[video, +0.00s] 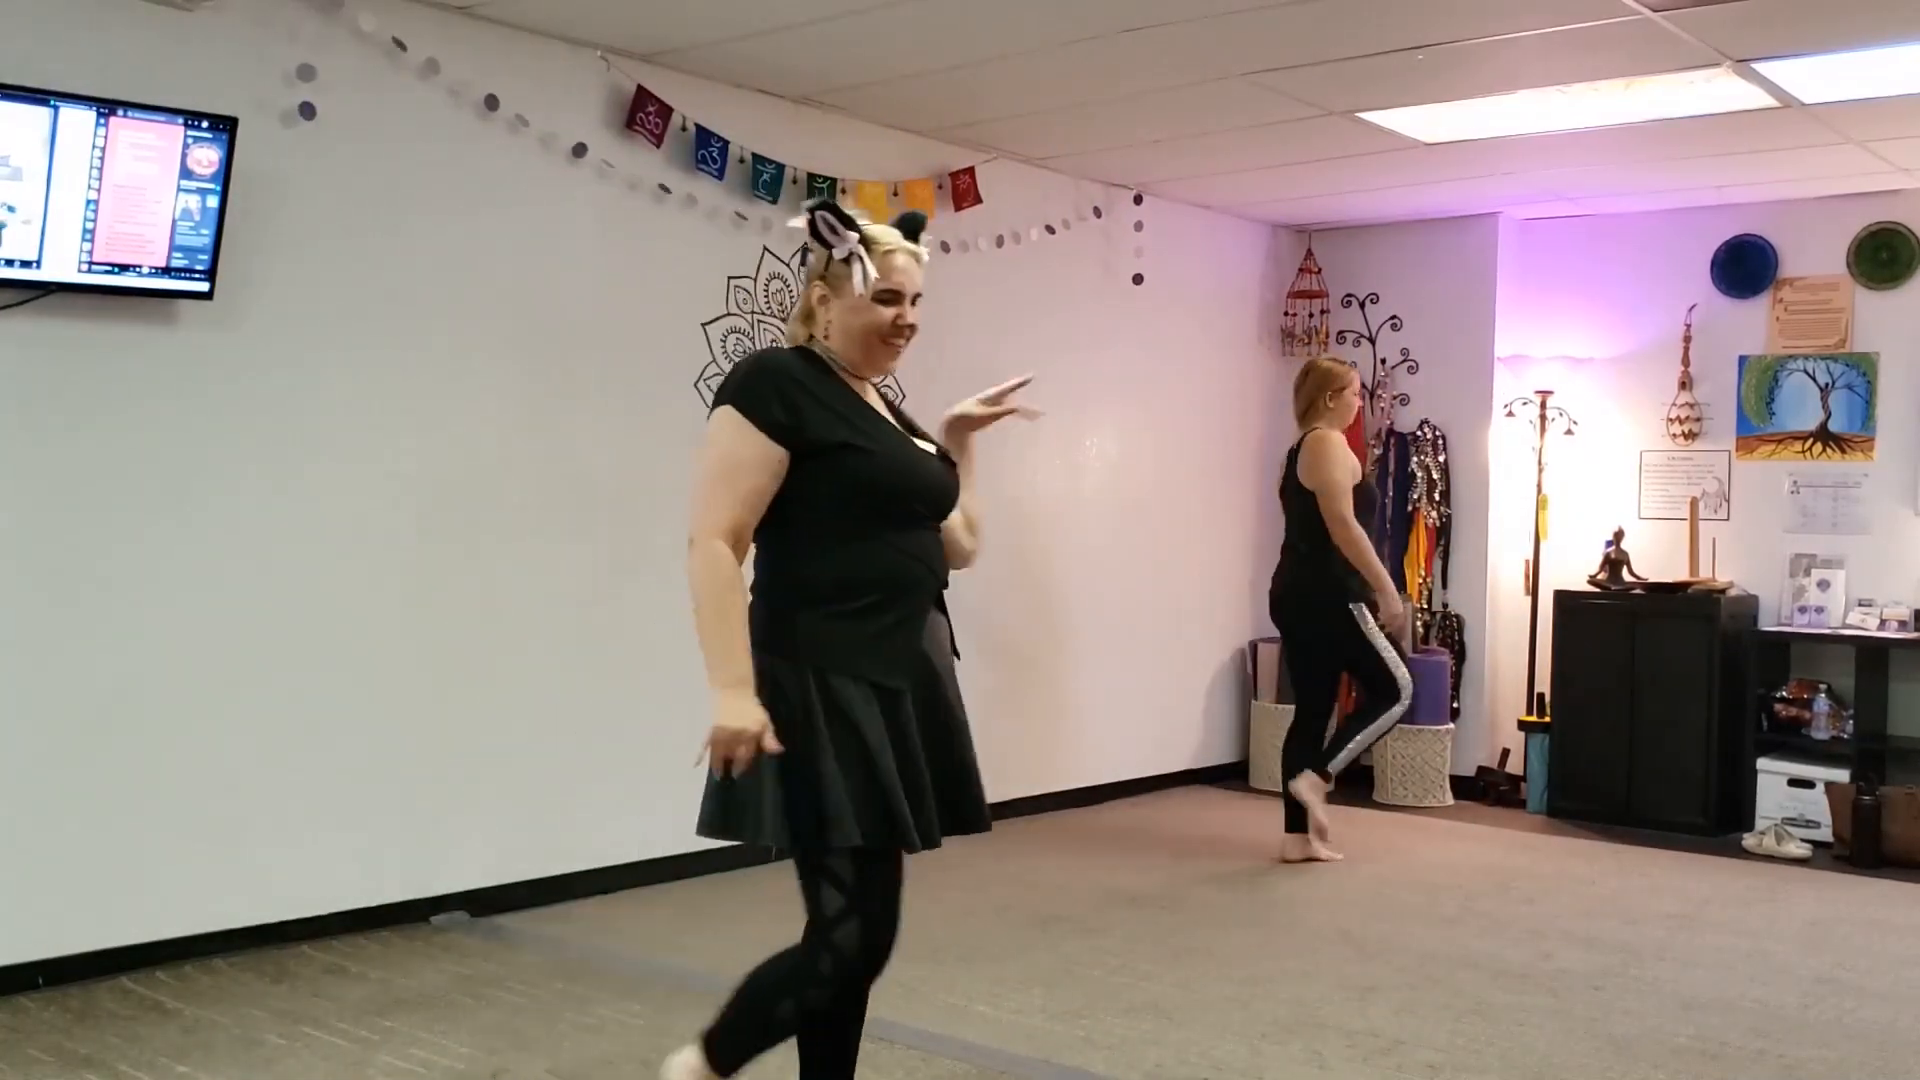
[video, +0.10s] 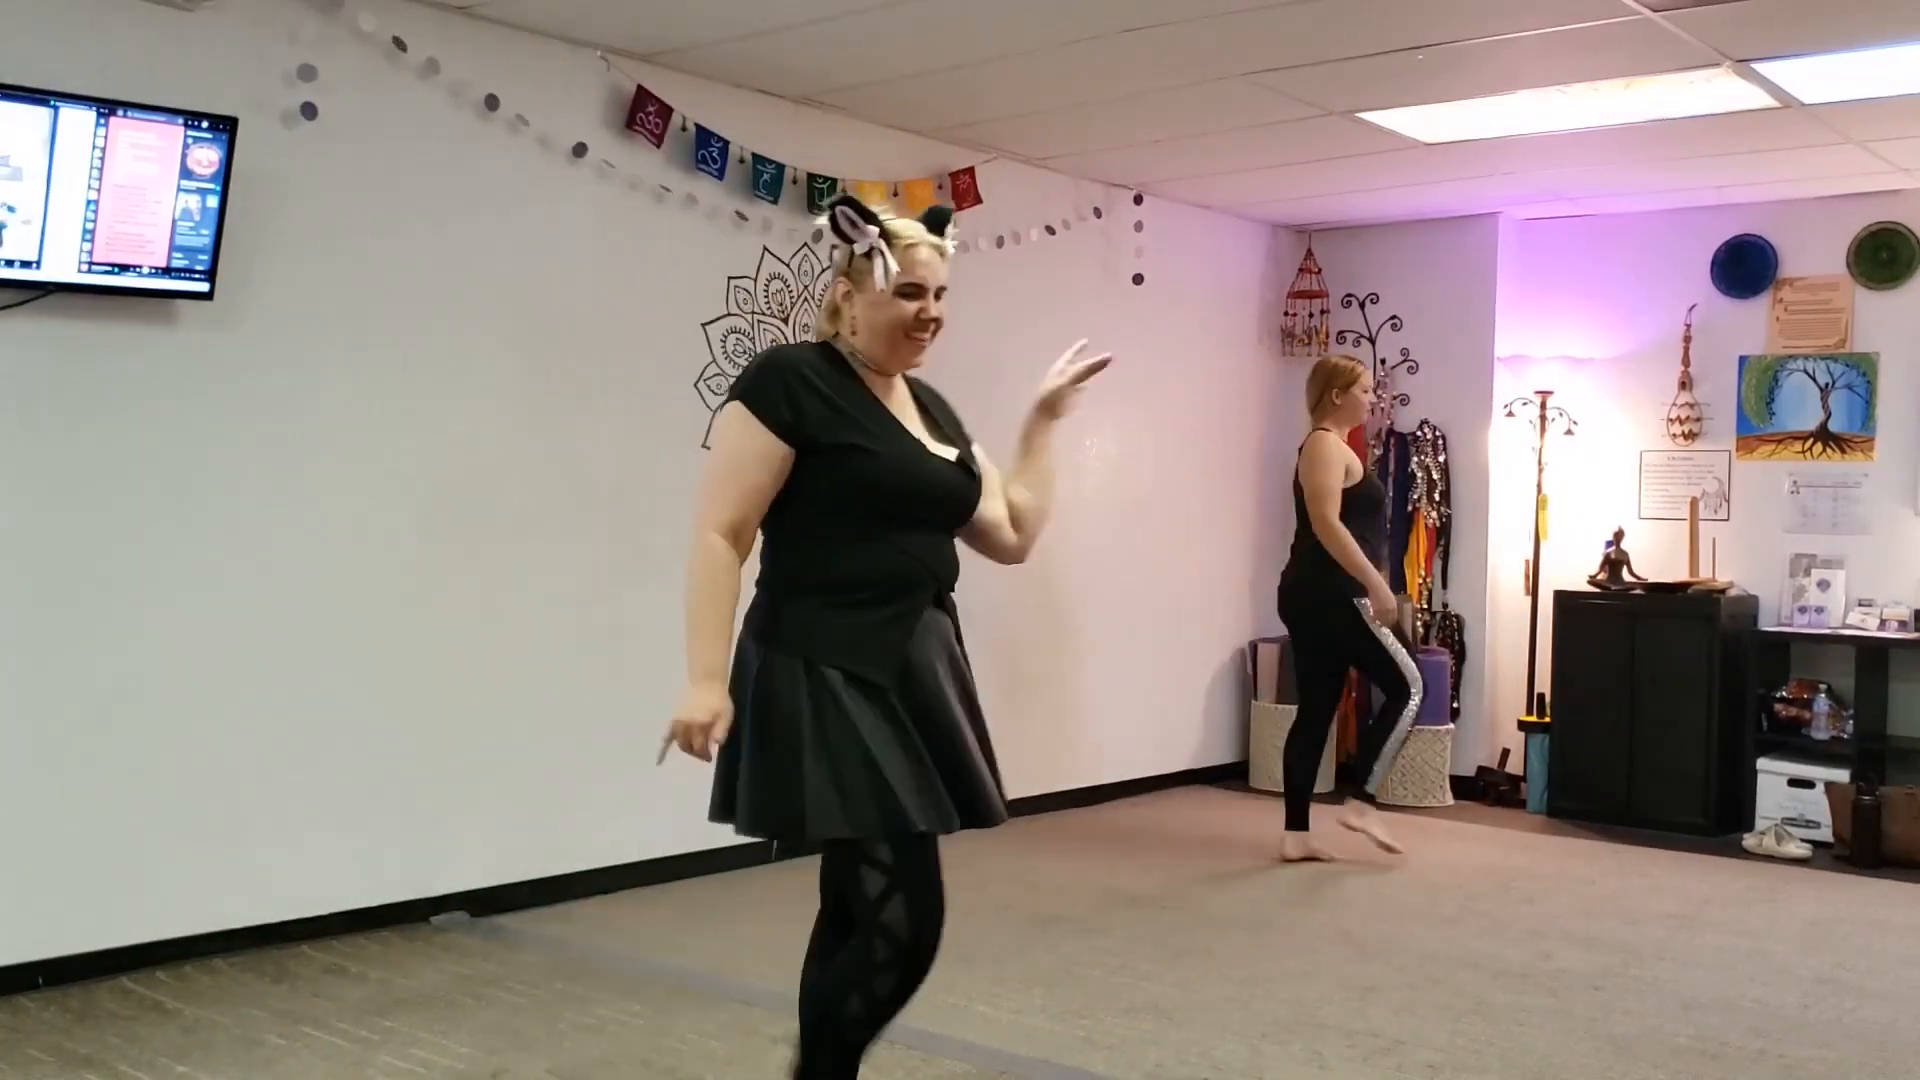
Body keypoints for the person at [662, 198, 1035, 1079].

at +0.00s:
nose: (909, 318)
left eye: (917, 301)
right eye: (890, 298)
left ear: (918, 304)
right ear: (826, 300)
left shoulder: (882, 407)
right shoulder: (774, 385)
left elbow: (960, 545)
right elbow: (716, 538)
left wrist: (956, 437)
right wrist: (732, 693)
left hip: (892, 686)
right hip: (818, 685)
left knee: (859, 935)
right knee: (850, 936)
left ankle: (829, 1078)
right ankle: (701, 1063)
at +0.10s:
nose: (932, 310)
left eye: (941, 294)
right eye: (912, 290)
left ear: (945, 299)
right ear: (847, 293)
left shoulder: (928, 408)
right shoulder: (788, 384)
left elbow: (1011, 534)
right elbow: (722, 534)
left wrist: (1045, 416)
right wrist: (706, 682)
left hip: (909, 677)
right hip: (821, 676)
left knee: (859, 914)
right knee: (905, 927)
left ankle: (821, 1069)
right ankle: (820, 1067)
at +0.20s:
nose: (950, 302)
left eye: (960, 284)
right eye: (927, 282)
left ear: (969, 288)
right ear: (864, 288)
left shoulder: (959, 397)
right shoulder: (802, 378)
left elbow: (1037, 534)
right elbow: (722, 525)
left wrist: (1110, 426)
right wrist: (690, 669)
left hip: (926, 671)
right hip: (822, 669)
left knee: (863, 911)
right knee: (932, 905)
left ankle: (829, 1073)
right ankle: (910, 1067)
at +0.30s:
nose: (963, 301)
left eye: (975, 284)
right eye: (942, 280)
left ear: (984, 290)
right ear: (880, 283)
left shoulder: (983, 395)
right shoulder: (815, 380)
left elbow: (1048, 544)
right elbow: (724, 528)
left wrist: (1144, 473)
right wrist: (682, 664)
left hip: (943, 672)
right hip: (835, 671)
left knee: (870, 908)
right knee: (944, 905)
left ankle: (831, 1078)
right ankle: (966, 1077)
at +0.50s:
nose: (992, 301)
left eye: (1005, 285)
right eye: (970, 279)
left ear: (1016, 293)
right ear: (908, 282)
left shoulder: (1018, 398)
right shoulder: (843, 394)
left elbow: (1075, 551)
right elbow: (756, 547)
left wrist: (1192, 540)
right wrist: (694, 695)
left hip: (983, 689)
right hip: (874, 688)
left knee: (896, 922)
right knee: (961, 933)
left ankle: (841, 1077)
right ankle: (971, 1072)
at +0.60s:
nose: (1014, 291)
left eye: (1026, 275)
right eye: (992, 270)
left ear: (1034, 285)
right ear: (929, 275)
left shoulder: (1045, 394)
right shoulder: (866, 387)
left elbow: (1105, 546)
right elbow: (782, 545)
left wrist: (1235, 556)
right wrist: (716, 695)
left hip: (1006, 685)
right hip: (894, 683)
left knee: (910, 925)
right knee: (964, 935)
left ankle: (845, 1079)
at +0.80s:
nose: (1062, 274)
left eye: (1073, 257)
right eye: (1038, 253)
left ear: (1083, 268)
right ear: (976, 261)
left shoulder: (1098, 387)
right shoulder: (912, 376)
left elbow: (1175, 544)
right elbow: (821, 536)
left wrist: (1309, 621)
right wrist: (769, 685)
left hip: (1047, 683)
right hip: (930, 676)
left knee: (966, 912)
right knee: (987, 917)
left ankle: (876, 1069)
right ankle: (991, 1079)